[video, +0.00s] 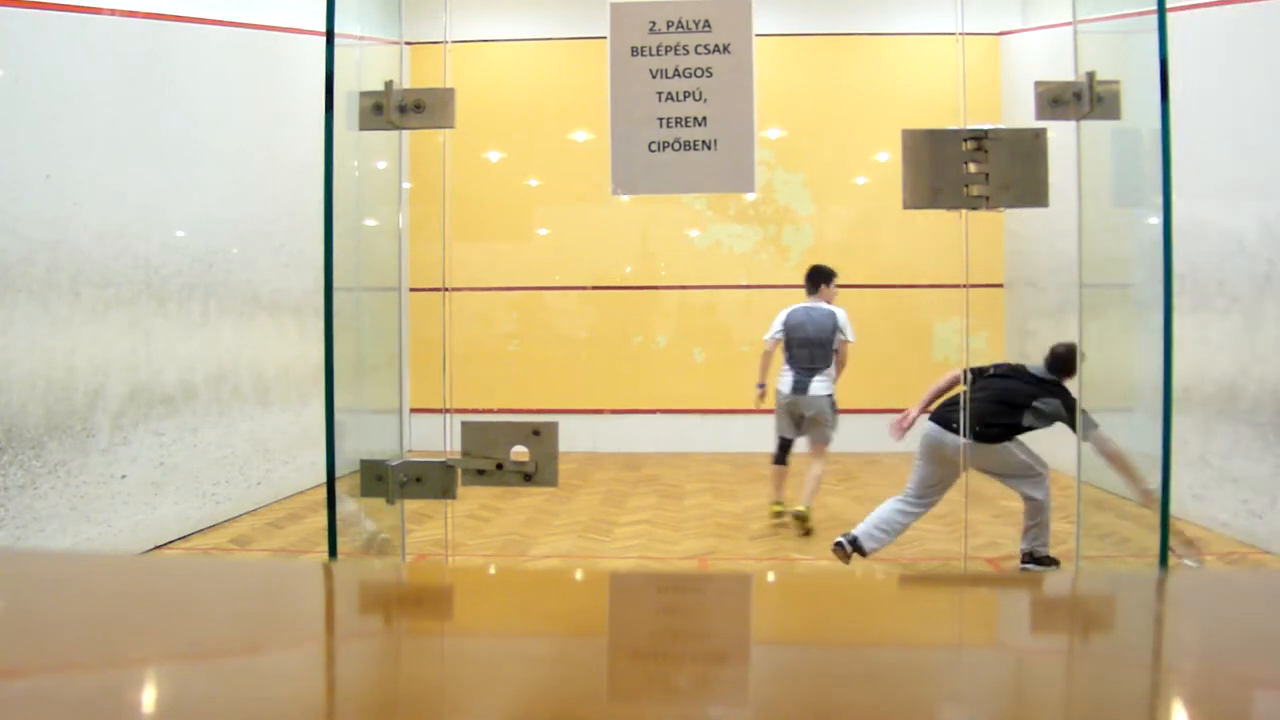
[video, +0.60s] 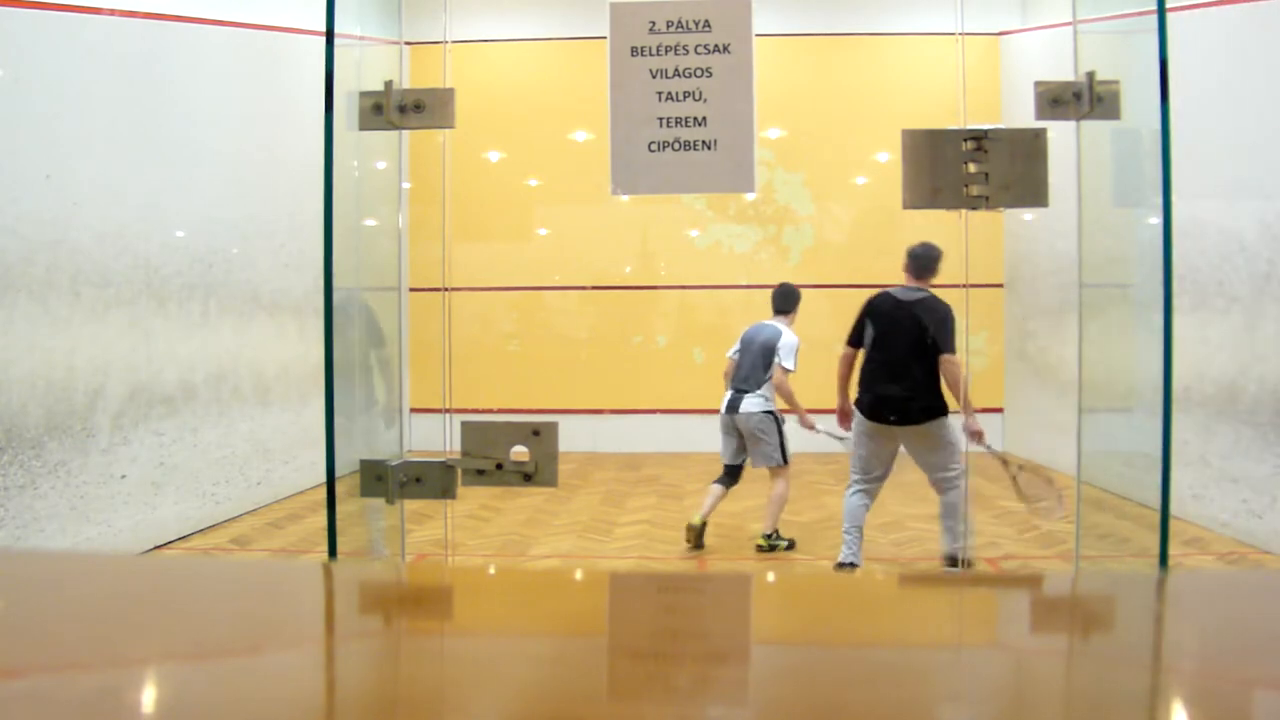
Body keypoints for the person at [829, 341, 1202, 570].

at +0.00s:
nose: (1076, 374)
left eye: (1070, 367)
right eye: (1077, 370)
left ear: (1046, 361)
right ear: (1072, 372)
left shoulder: (1012, 369)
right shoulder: (1063, 401)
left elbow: (955, 377)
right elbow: (1107, 450)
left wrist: (914, 412)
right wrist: (1142, 489)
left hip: (939, 430)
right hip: (983, 442)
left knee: (916, 496)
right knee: (1036, 476)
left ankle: (855, 540)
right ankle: (1034, 552)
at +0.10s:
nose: (1059, 357)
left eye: (1053, 347)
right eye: (1062, 354)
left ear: (1036, 345)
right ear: (1059, 360)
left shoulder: (1000, 360)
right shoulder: (1047, 386)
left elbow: (946, 377)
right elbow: (1065, 436)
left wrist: (915, 417)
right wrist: (1084, 481)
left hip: (934, 426)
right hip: (980, 438)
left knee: (914, 494)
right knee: (1030, 479)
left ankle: (862, 543)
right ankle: (1034, 552)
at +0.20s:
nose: (1037, 342)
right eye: (1039, 338)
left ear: (1012, 330)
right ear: (1036, 341)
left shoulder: (978, 351)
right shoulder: (1026, 368)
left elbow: (930, 376)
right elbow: (1027, 410)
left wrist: (903, 419)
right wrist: (1033, 458)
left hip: (926, 427)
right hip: (975, 436)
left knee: (902, 496)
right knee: (1021, 483)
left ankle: (860, 554)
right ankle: (1032, 551)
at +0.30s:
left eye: (992, 313)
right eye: (1006, 317)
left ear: (981, 314)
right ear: (1007, 323)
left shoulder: (948, 340)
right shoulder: (1000, 354)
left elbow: (906, 374)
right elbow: (994, 393)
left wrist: (883, 418)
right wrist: (993, 438)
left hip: (912, 431)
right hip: (961, 437)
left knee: (885, 496)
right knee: (1005, 482)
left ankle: (854, 555)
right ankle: (1033, 551)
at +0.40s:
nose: (980, 304)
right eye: (981, 299)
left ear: (951, 295)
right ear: (979, 301)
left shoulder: (920, 324)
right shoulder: (974, 335)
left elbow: (881, 365)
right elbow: (968, 377)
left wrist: (864, 413)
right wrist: (968, 432)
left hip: (894, 424)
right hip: (941, 432)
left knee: (874, 492)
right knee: (986, 491)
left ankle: (852, 553)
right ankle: (1028, 549)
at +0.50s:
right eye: (955, 282)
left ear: (925, 279)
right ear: (954, 284)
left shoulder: (894, 312)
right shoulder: (951, 321)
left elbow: (861, 358)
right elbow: (954, 373)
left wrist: (851, 405)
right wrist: (965, 423)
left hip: (882, 414)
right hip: (931, 419)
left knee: (865, 486)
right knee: (966, 480)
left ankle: (849, 555)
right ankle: (1001, 549)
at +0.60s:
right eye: (934, 271)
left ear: (905, 268)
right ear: (935, 272)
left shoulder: (877, 303)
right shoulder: (939, 310)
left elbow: (849, 353)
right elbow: (948, 363)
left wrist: (842, 399)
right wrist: (969, 413)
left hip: (874, 411)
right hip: (923, 414)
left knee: (862, 483)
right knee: (950, 479)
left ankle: (849, 555)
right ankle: (955, 552)